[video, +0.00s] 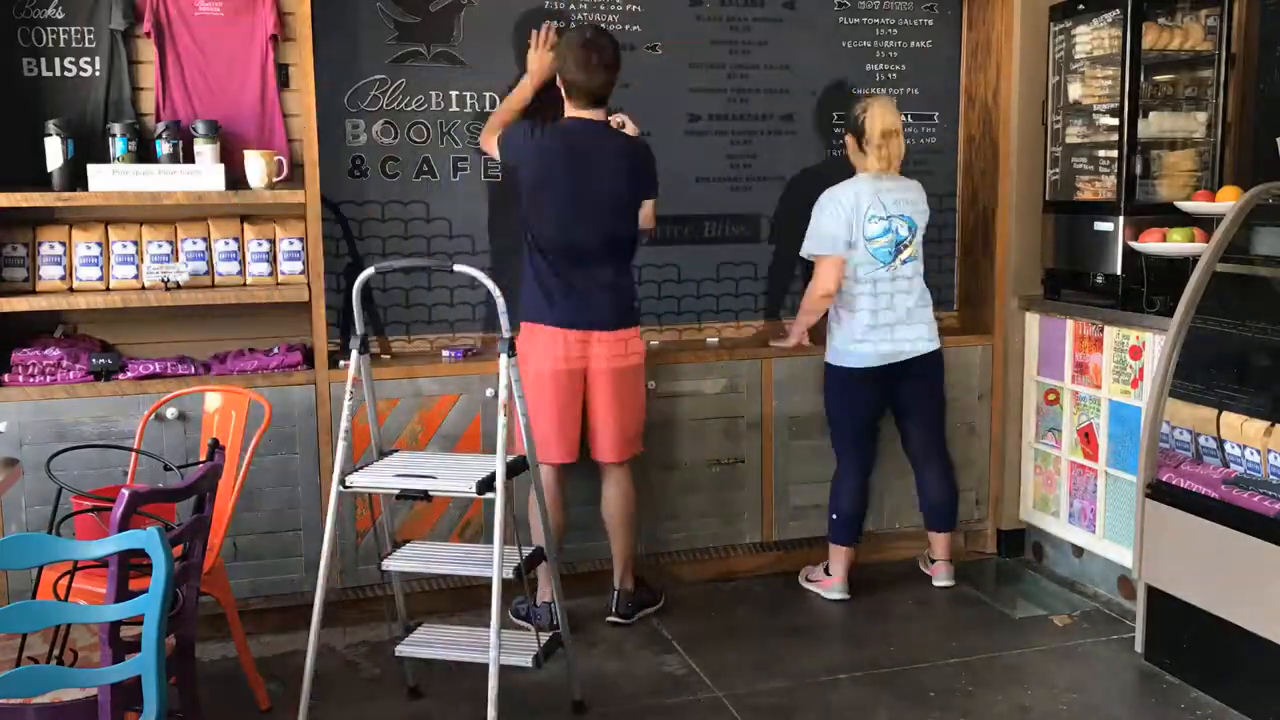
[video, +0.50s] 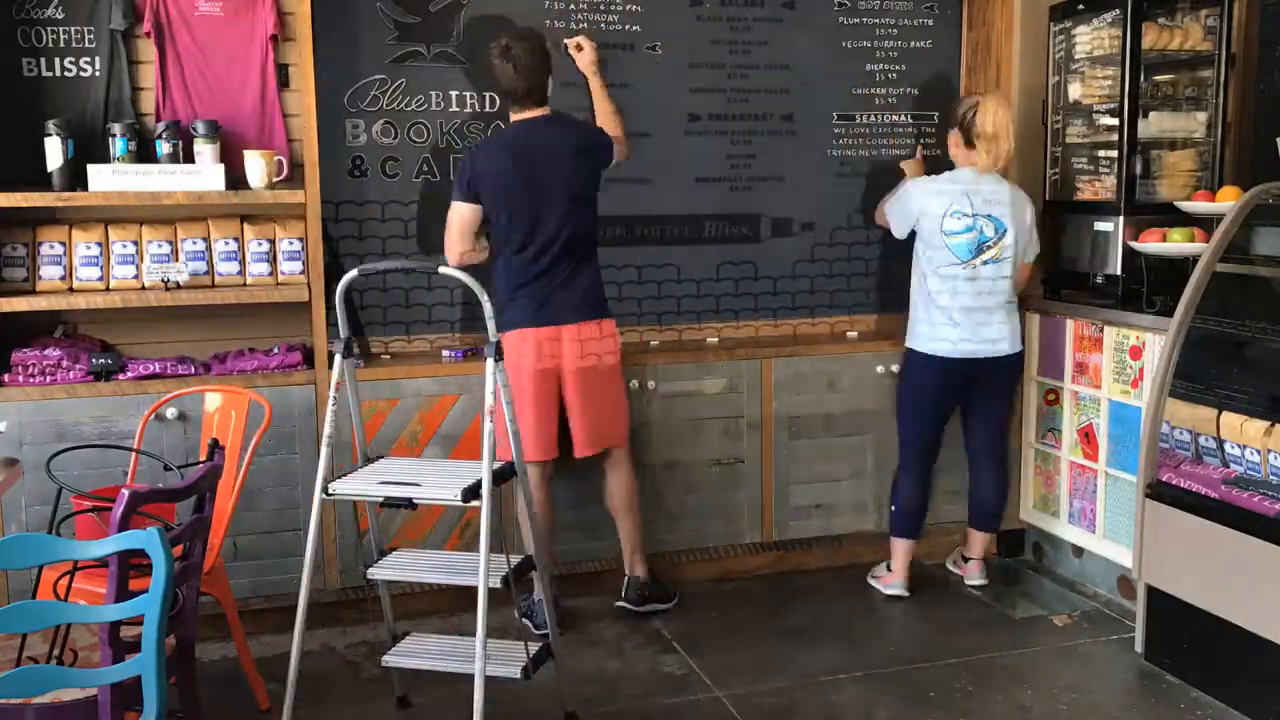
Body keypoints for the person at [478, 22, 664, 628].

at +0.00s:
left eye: (559, 66)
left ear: (557, 82)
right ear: (614, 82)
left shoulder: (533, 145)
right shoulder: (634, 151)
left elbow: (490, 135)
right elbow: (646, 223)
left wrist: (532, 77)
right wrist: (630, 144)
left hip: (546, 328)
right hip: (615, 328)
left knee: (546, 469)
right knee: (616, 466)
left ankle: (545, 600)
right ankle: (624, 590)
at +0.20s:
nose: (620, 73)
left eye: (610, 63)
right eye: (619, 64)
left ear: (552, 70)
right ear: (611, 71)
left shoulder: (521, 149)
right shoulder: (645, 145)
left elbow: (504, 258)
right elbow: (680, 252)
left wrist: (558, 236)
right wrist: (621, 241)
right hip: (637, 357)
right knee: (641, 504)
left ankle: (585, 660)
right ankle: (651, 644)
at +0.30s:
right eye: (551, 65)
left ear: (495, 82)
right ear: (552, 79)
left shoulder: (472, 156)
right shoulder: (578, 145)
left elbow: (443, 250)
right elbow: (589, 132)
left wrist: (487, 232)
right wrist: (577, 77)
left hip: (507, 341)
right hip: (580, 333)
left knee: (521, 476)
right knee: (604, 460)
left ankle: (545, 609)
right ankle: (625, 591)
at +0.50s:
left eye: (499, 75)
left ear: (497, 88)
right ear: (549, 80)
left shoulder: (482, 159)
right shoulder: (581, 140)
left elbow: (458, 252)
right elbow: (618, 144)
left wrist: (506, 241)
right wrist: (594, 75)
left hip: (524, 332)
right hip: (588, 324)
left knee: (534, 470)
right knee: (615, 451)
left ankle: (544, 600)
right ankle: (637, 579)